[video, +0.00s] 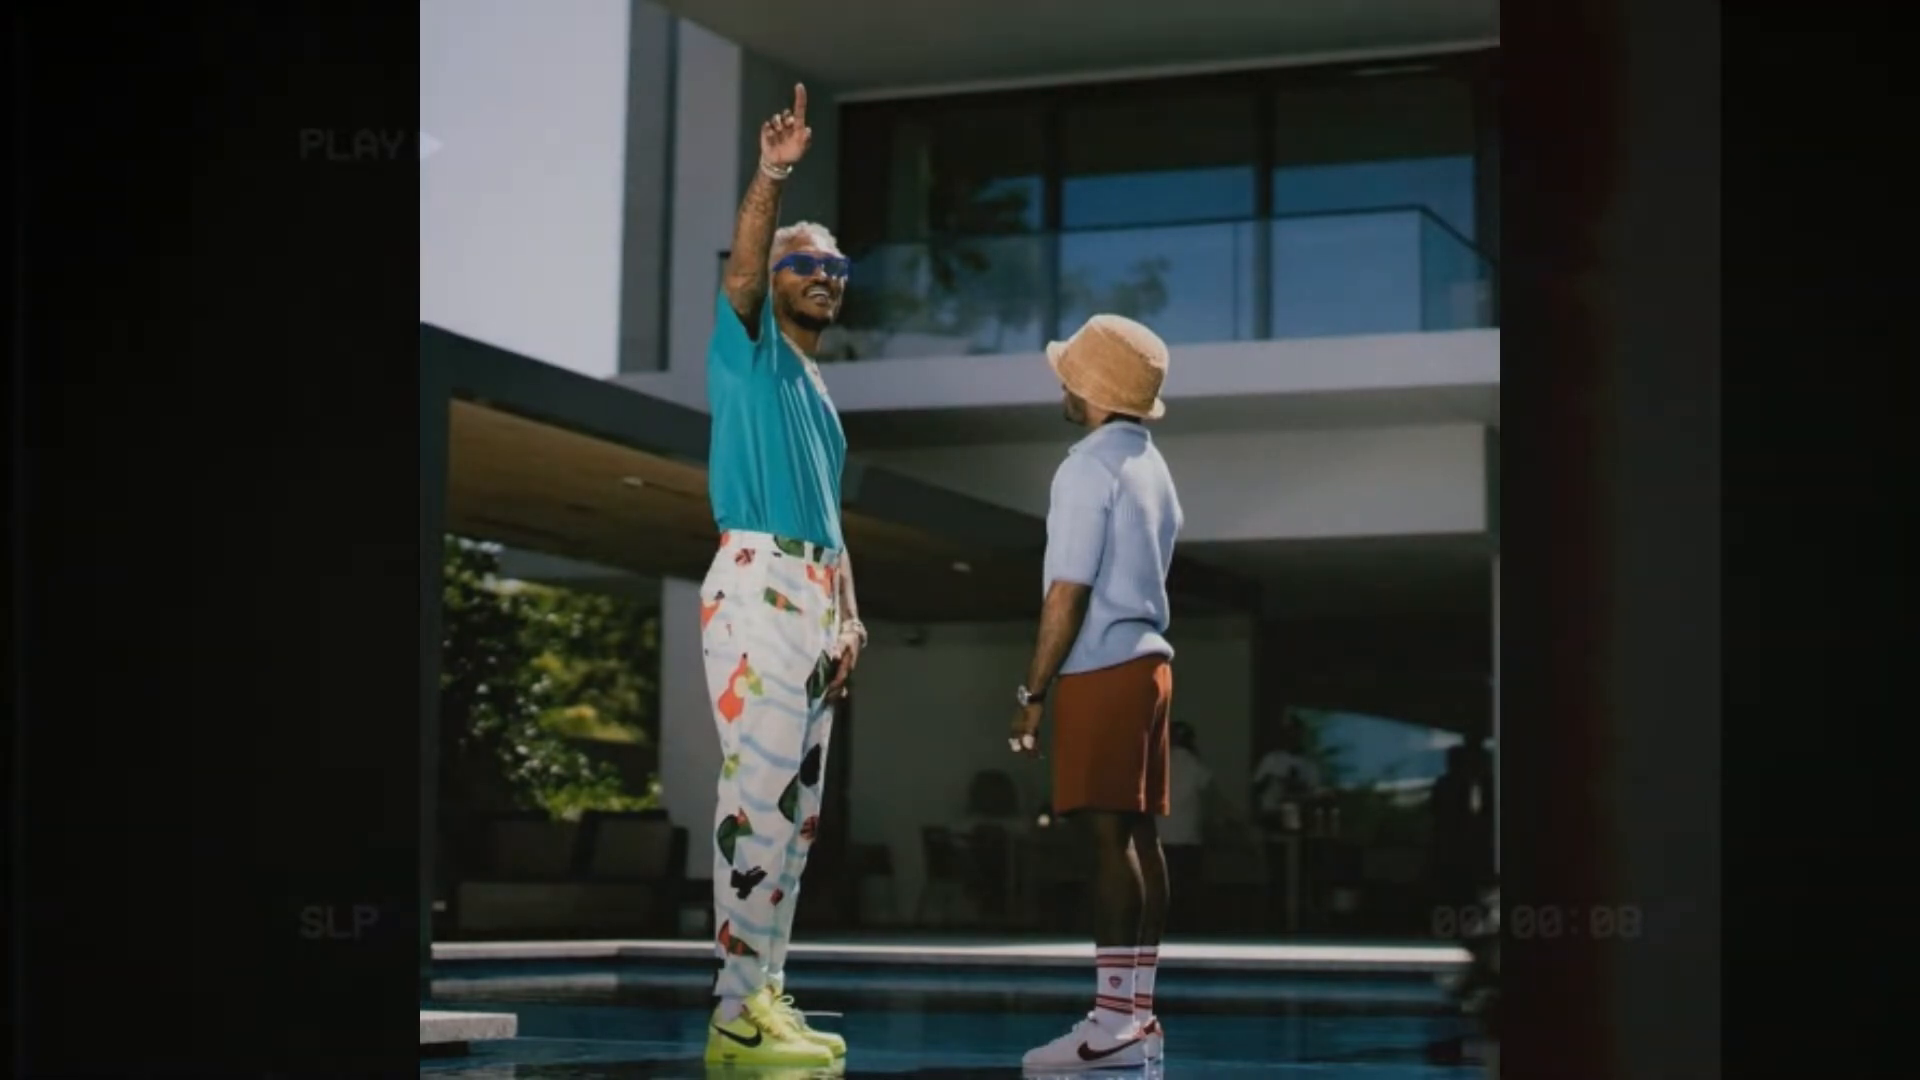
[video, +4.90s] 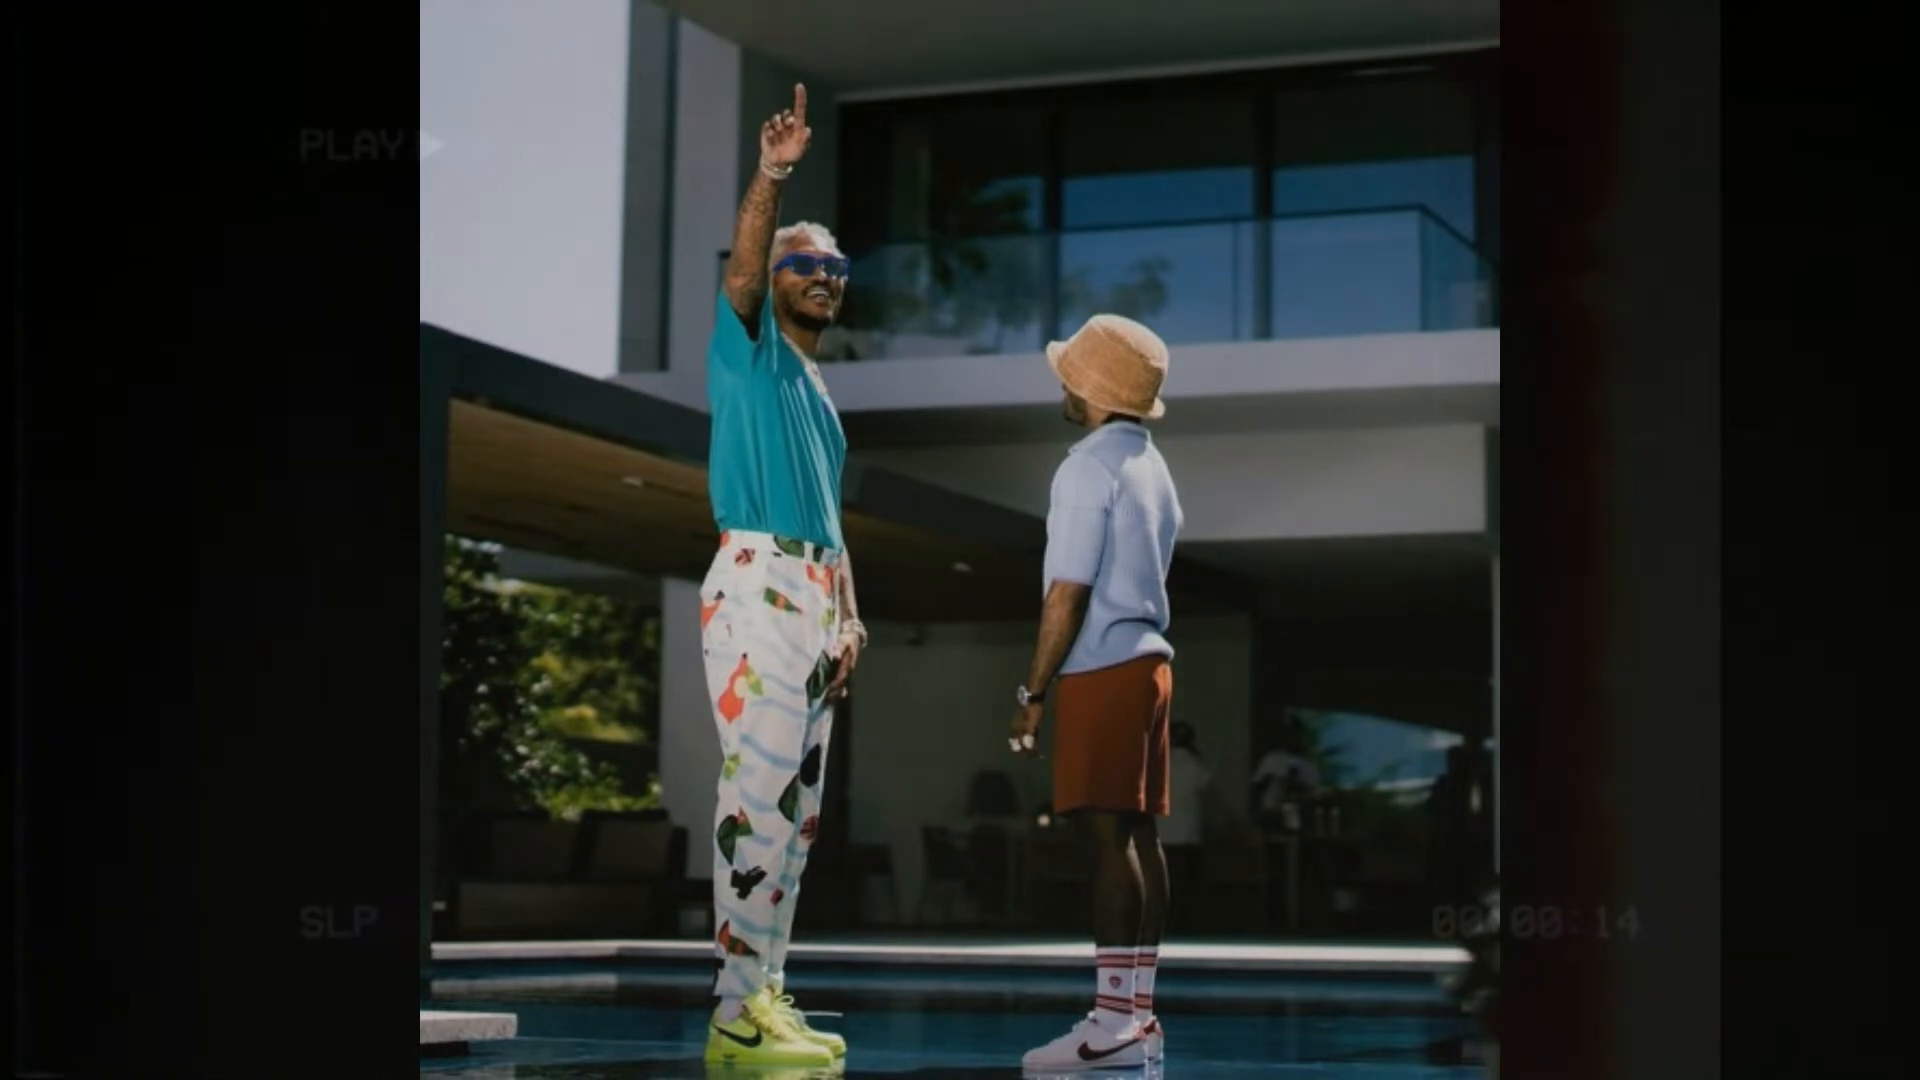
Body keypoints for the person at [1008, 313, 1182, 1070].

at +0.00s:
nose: (1064, 387)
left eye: (1072, 377)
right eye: (1069, 376)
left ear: (1092, 390)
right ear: (1130, 394)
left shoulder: (1087, 468)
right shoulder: (1147, 463)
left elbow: (1067, 594)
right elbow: (1148, 578)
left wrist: (1032, 691)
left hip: (1104, 669)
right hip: (1147, 665)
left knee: (1108, 839)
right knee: (1139, 838)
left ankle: (1116, 1015)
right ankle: (1135, 1012)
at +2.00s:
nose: (1064, 388)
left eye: (1072, 378)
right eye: (1068, 376)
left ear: (1093, 391)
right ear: (1130, 395)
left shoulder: (1087, 468)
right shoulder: (1148, 463)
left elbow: (1067, 594)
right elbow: (1149, 576)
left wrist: (1031, 692)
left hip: (1104, 669)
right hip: (1146, 666)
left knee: (1108, 839)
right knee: (1140, 839)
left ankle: (1116, 1015)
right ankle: (1135, 1012)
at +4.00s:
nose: (1064, 388)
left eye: (1072, 378)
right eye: (1068, 377)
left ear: (1092, 391)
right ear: (1130, 394)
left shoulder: (1088, 468)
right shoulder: (1148, 463)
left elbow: (1067, 595)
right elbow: (1146, 580)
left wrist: (1031, 692)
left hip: (1104, 669)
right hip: (1146, 665)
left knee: (1107, 837)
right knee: (1139, 838)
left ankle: (1115, 1015)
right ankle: (1135, 1012)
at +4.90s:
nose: (1064, 390)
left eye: (1072, 380)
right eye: (1068, 378)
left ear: (1092, 391)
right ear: (1131, 395)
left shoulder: (1088, 468)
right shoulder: (1148, 463)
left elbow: (1067, 595)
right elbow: (1148, 578)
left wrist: (1031, 692)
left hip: (1104, 669)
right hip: (1146, 666)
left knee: (1109, 839)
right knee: (1139, 838)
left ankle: (1115, 1015)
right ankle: (1135, 1012)